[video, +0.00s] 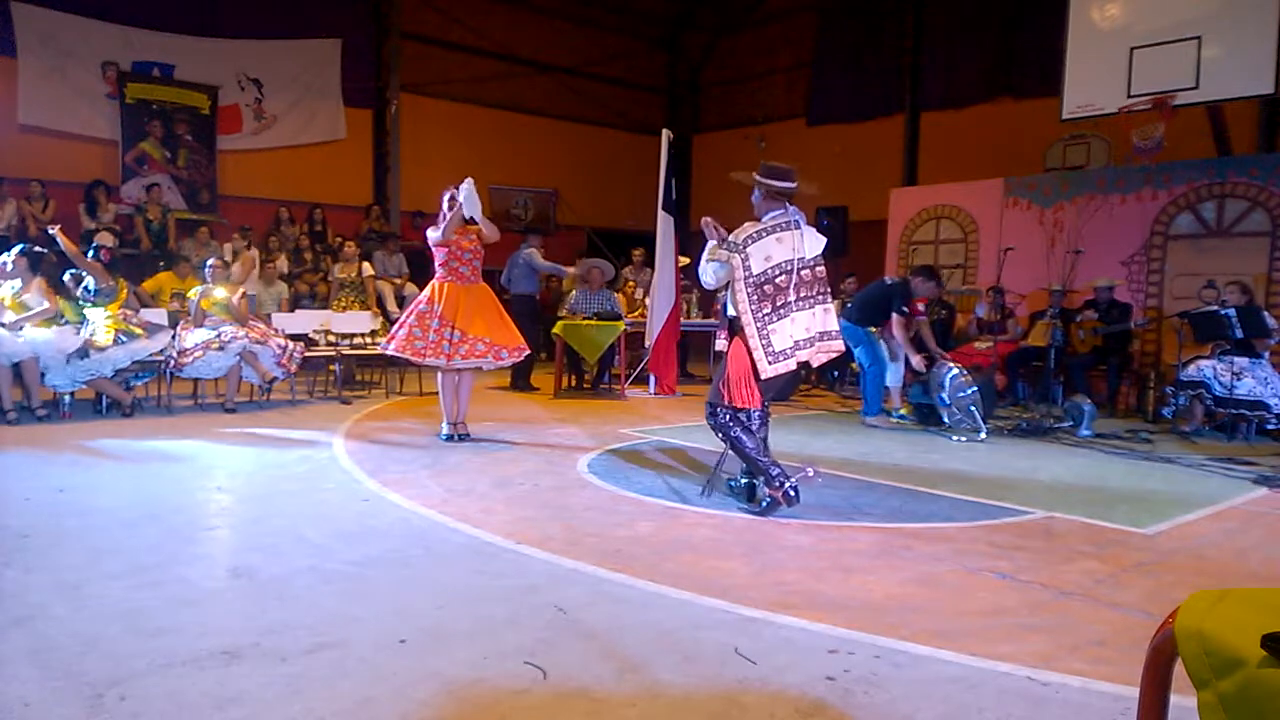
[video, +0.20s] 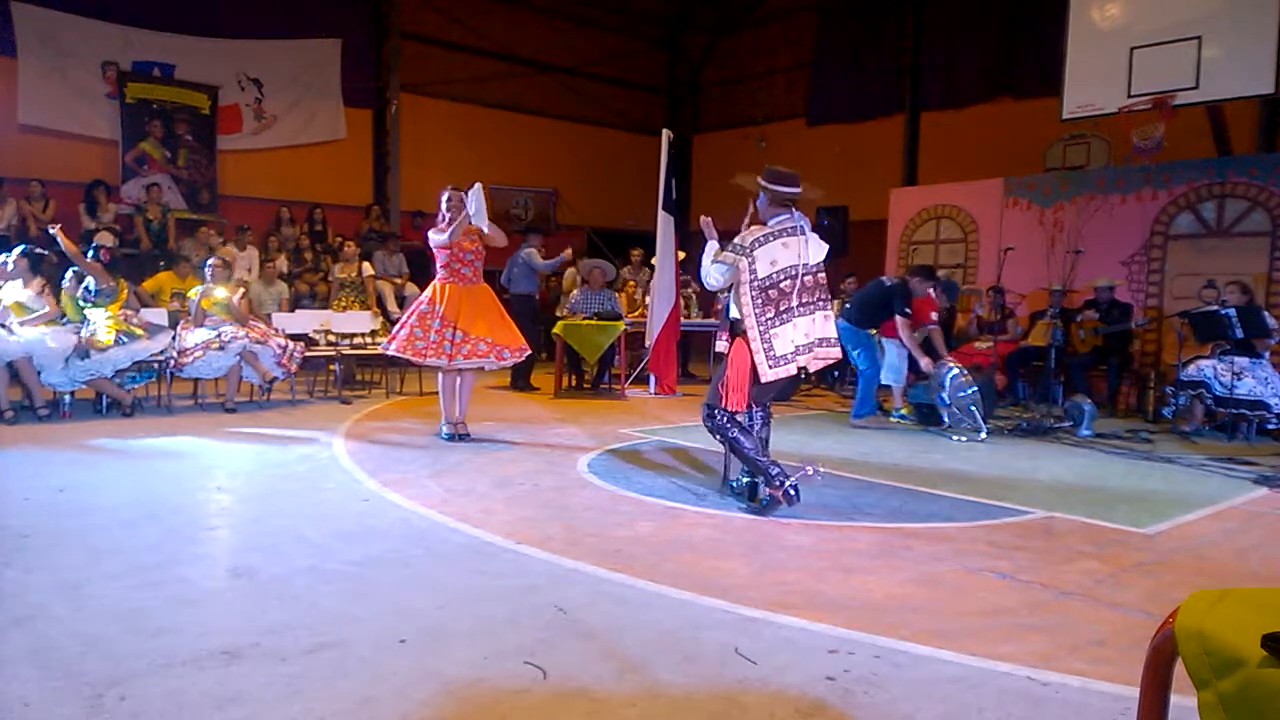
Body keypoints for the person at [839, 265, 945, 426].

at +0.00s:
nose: (927, 294)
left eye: (930, 291)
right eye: (929, 289)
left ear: (917, 280)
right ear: (920, 281)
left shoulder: (898, 286)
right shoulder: (902, 292)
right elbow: (897, 328)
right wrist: (913, 356)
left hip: (851, 323)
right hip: (858, 325)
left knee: (868, 367)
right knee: (876, 366)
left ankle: (869, 409)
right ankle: (873, 413)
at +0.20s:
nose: (926, 292)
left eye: (928, 288)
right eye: (926, 287)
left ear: (914, 279)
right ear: (916, 280)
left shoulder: (894, 283)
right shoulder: (902, 291)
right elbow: (904, 330)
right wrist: (921, 358)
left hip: (847, 323)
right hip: (856, 327)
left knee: (866, 368)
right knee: (870, 369)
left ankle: (868, 408)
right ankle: (862, 414)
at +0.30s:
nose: (923, 293)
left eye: (926, 289)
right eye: (924, 288)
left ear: (911, 279)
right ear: (915, 280)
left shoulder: (888, 281)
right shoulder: (901, 291)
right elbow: (903, 329)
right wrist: (920, 358)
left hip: (843, 322)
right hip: (856, 327)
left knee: (860, 369)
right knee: (869, 370)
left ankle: (866, 408)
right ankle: (861, 414)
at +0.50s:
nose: (920, 292)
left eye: (923, 288)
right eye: (920, 287)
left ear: (907, 278)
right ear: (911, 280)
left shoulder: (886, 280)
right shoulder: (900, 292)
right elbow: (902, 330)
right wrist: (920, 359)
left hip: (842, 317)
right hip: (854, 325)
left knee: (849, 369)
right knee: (863, 371)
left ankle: (845, 409)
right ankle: (858, 415)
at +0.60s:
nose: (918, 292)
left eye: (920, 288)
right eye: (918, 287)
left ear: (907, 279)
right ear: (910, 281)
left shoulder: (884, 280)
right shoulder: (898, 293)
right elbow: (902, 332)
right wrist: (920, 359)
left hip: (839, 319)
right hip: (853, 327)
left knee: (841, 368)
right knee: (861, 372)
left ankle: (832, 413)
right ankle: (858, 415)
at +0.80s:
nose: (916, 293)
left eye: (918, 288)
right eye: (916, 288)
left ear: (903, 281)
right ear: (907, 284)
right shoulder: (895, 293)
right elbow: (902, 330)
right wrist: (920, 360)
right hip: (852, 329)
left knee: (834, 368)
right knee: (859, 371)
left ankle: (830, 413)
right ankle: (857, 416)